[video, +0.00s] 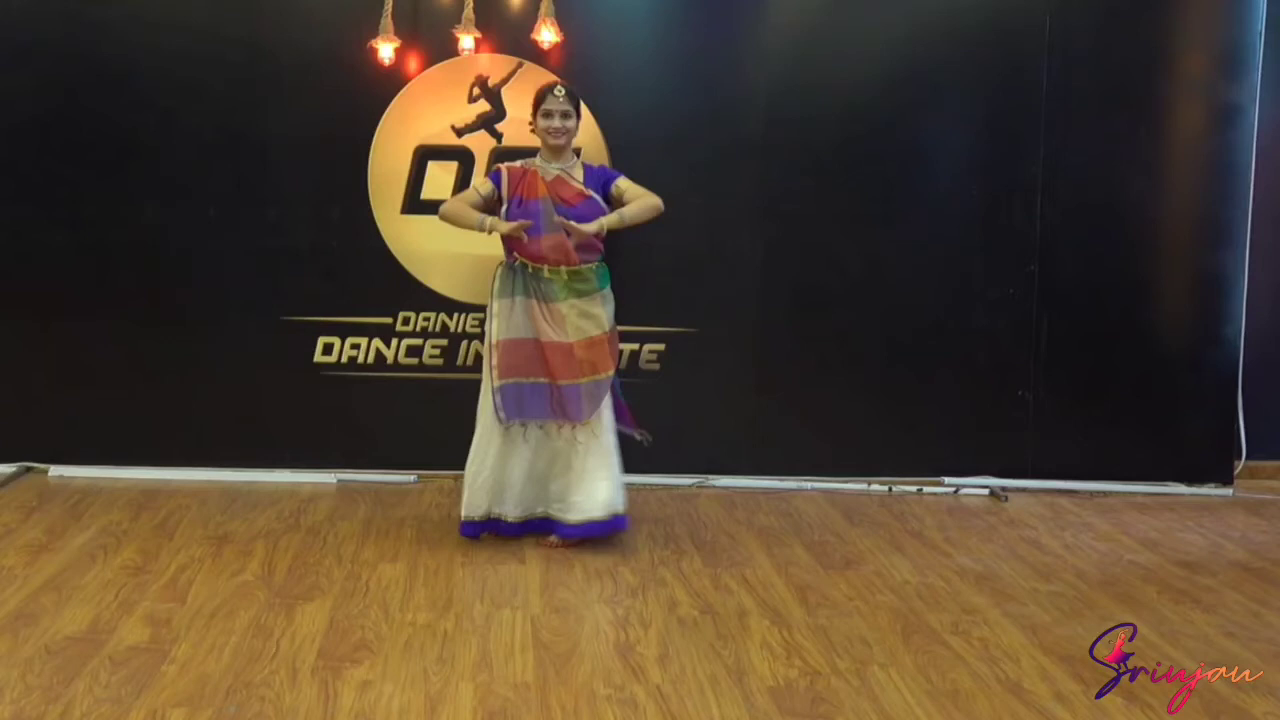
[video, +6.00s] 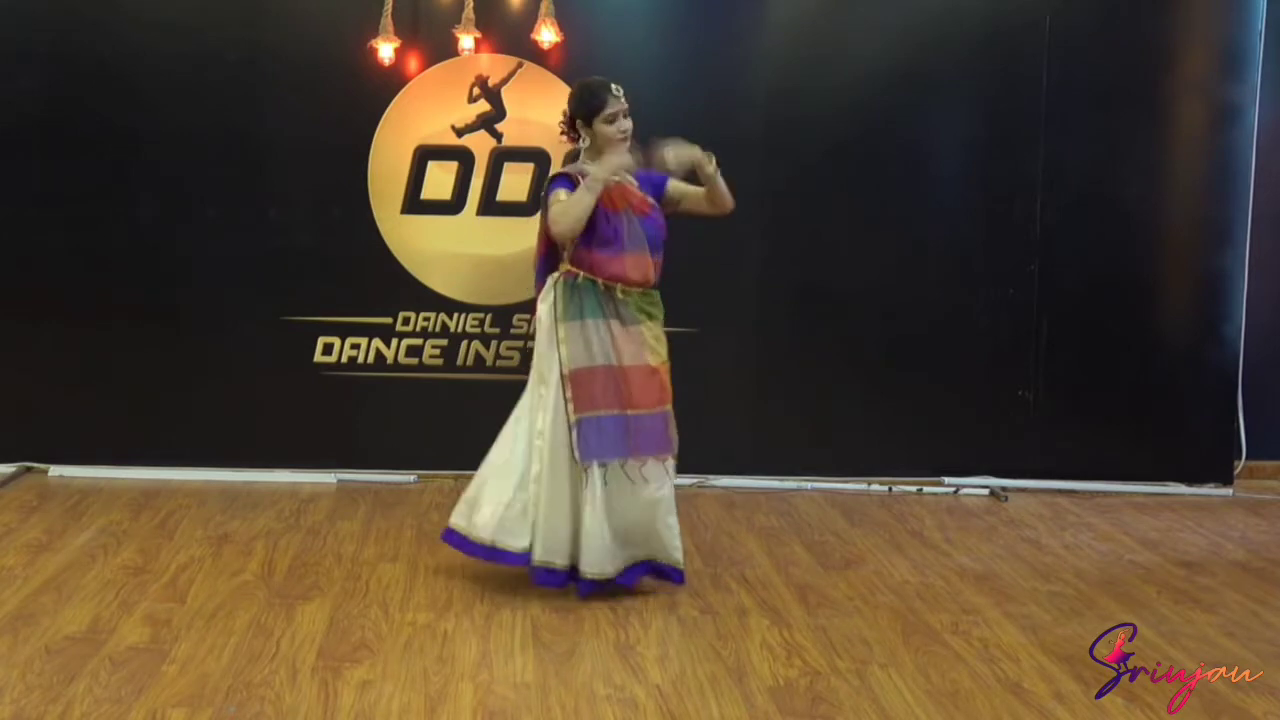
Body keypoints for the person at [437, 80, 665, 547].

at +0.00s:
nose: (558, 123)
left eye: (566, 115)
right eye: (549, 115)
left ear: (578, 123)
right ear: (535, 122)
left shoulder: (596, 176)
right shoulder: (512, 176)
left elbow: (652, 204)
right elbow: (451, 209)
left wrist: (600, 224)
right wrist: (496, 224)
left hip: (581, 304)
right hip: (522, 302)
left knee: (579, 404)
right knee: (519, 401)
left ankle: (574, 514)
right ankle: (515, 509)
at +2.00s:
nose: (650, 127)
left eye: (650, 117)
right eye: (644, 119)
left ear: (601, 126)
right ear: (617, 126)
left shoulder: (569, 174)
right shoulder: (647, 186)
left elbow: (541, 215)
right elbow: (695, 237)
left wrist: (557, 164)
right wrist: (708, 174)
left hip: (579, 299)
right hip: (635, 303)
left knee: (579, 403)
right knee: (654, 402)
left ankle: (547, 507)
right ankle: (665, 515)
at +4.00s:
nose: (608, 154)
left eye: (617, 144)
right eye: (603, 147)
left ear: (645, 145)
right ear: (600, 153)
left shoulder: (664, 210)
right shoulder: (596, 193)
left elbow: (685, 257)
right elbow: (533, 167)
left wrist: (613, 268)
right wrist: (573, 184)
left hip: (643, 338)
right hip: (589, 335)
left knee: (636, 439)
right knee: (568, 431)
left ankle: (651, 534)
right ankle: (568, 539)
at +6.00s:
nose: (625, 126)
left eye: (627, 115)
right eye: (612, 119)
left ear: (632, 119)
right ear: (582, 129)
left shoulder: (645, 182)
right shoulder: (569, 182)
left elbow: (719, 204)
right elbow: (563, 228)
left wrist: (706, 166)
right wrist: (597, 176)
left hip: (634, 319)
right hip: (580, 318)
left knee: (630, 433)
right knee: (582, 433)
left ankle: (617, 558)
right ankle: (577, 558)